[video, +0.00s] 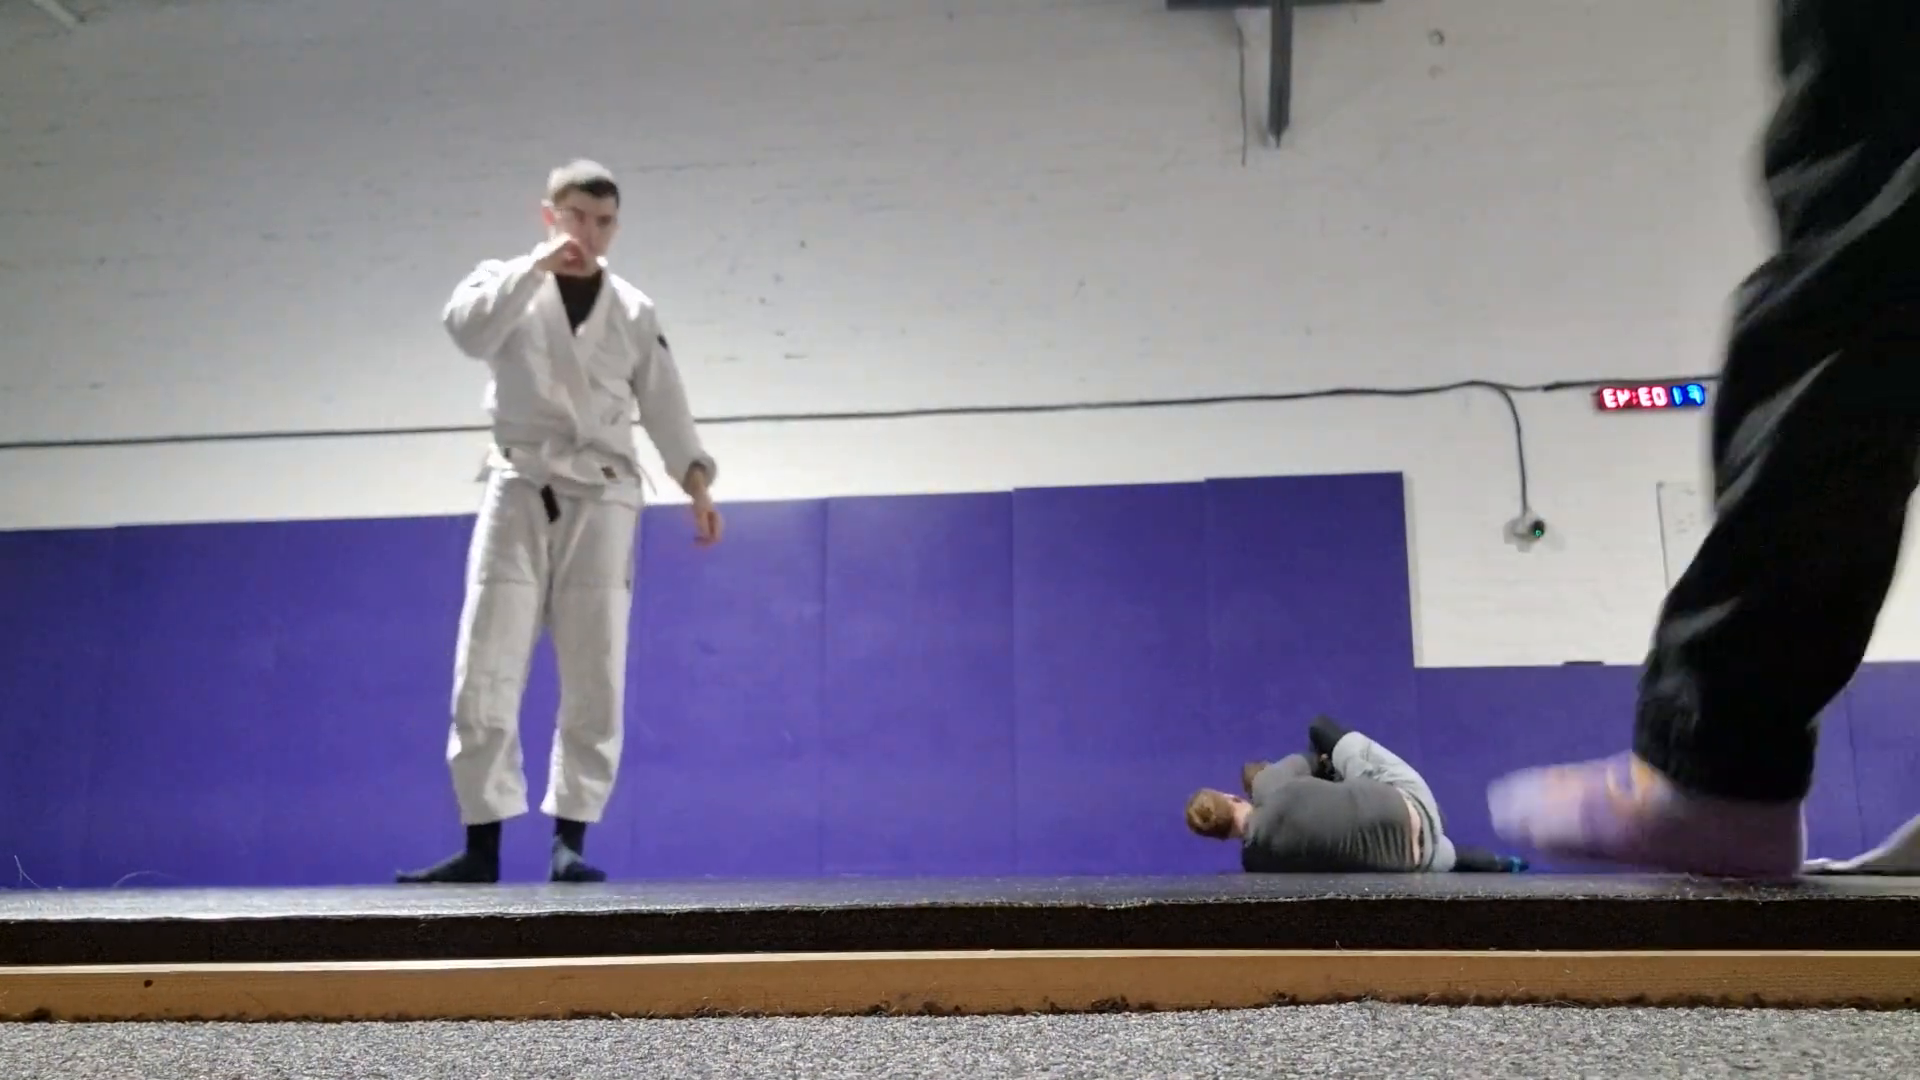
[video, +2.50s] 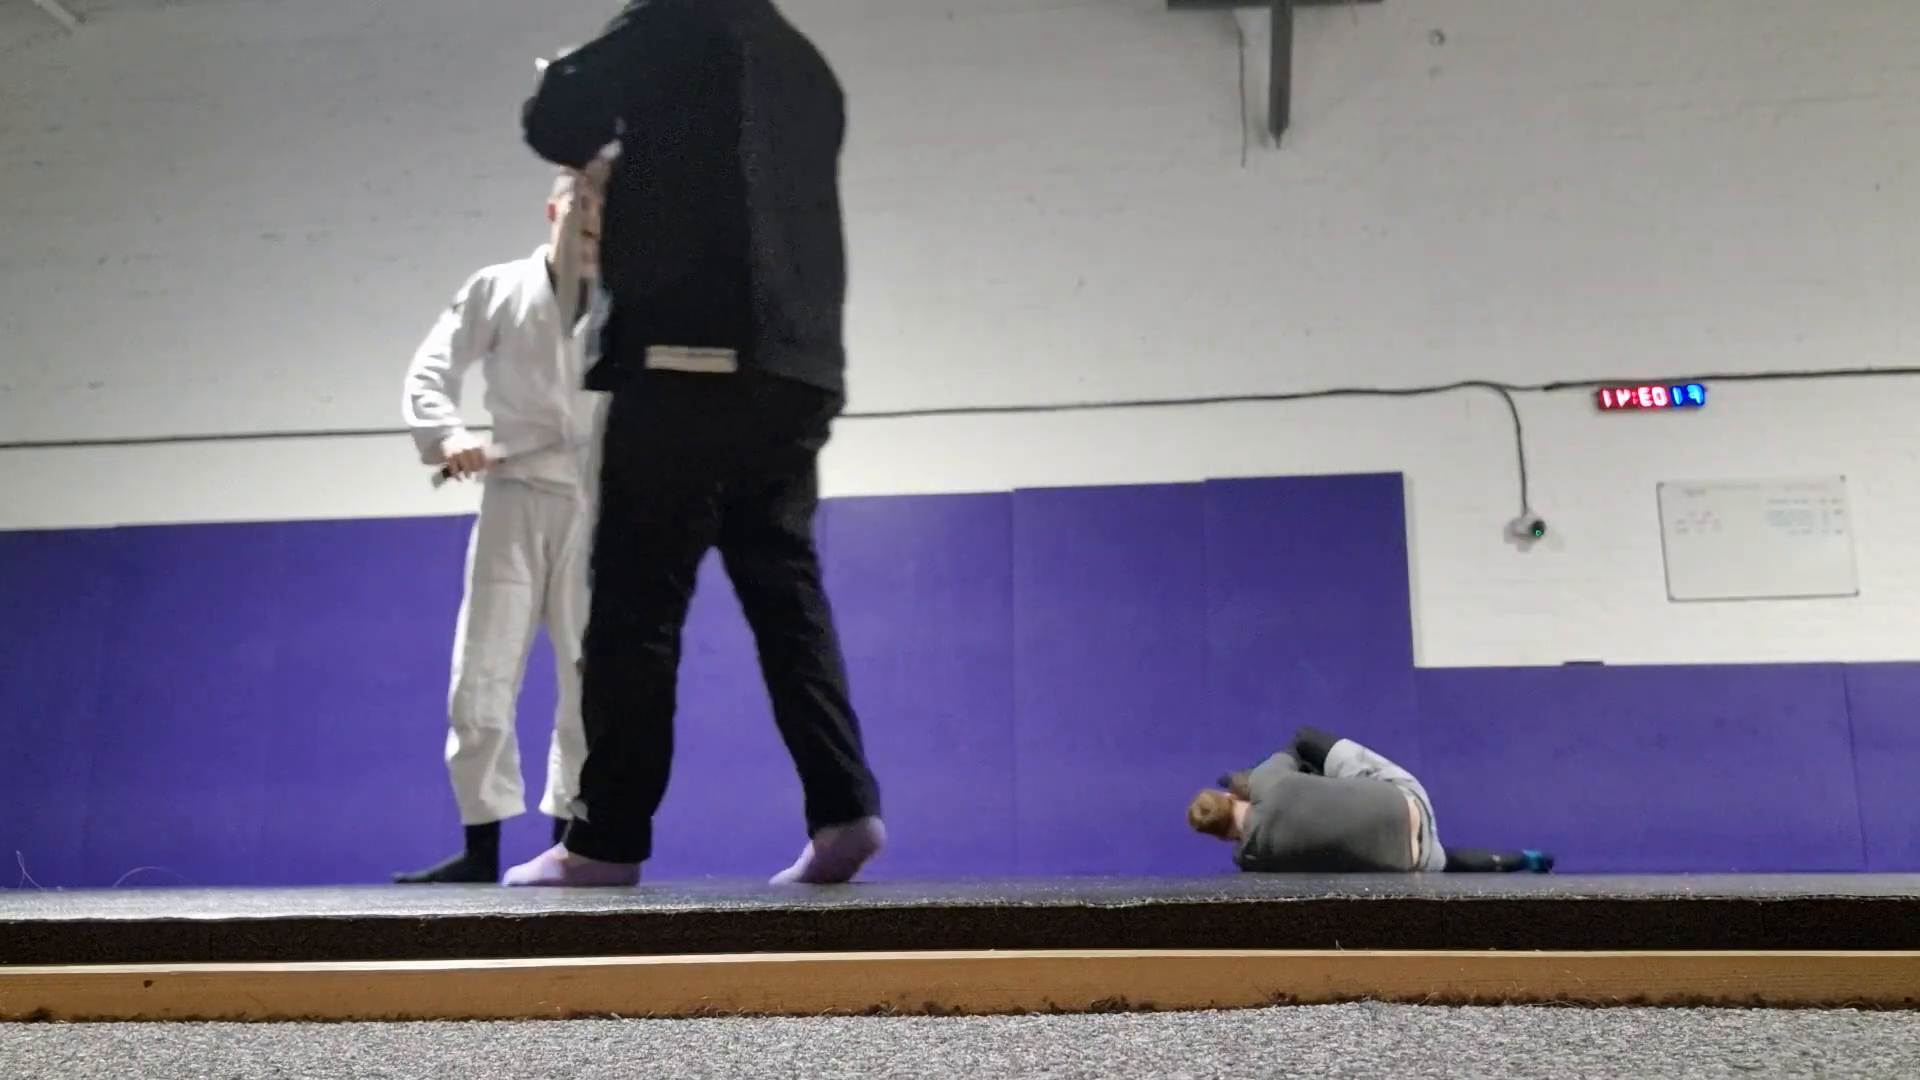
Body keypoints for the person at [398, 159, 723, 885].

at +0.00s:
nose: (586, 233)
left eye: (600, 223)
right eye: (575, 217)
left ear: (616, 230)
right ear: (548, 214)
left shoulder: (633, 311)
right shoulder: (503, 280)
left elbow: (663, 404)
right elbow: (465, 329)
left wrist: (698, 482)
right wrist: (539, 264)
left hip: (603, 499)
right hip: (516, 493)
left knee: (594, 667)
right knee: (484, 666)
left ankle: (569, 846)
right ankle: (480, 848)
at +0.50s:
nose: (595, 236)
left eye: (607, 226)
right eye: (584, 222)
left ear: (622, 231)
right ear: (555, 219)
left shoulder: (640, 312)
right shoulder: (513, 279)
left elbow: (664, 407)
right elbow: (489, 322)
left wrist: (665, 483)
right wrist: (569, 275)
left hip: (608, 506)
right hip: (521, 497)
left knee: (596, 674)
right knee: (487, 667)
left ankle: (570, 846)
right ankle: (481, 851)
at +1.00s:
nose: (615, 229)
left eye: (625, 219)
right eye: (602, 214)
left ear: (632, 228)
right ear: (565, 212)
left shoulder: (643, 310)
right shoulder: (510, 288)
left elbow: (669, 401)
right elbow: (467, 387)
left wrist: (689, 479)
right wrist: (439, 481)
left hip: (610, 508)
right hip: (522, 499)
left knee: (599, 675)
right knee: (490, 671)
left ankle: (569, 849)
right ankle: (481, 851)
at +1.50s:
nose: (615, 224)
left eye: (622, 214)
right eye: (604, 210)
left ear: (627, 224)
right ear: (566, 212)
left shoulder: (644, 311)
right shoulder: (504, 288)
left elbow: (675, 404)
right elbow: (456, 387)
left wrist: (683, 451)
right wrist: (482, 447)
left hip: (608, 508)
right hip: (520, 501)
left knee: (597, 676)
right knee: (488, 674)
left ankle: (569, 851)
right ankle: (481, 851)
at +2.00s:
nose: (597, 220)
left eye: (610, 210)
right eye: (584, 204)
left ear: (621, 225)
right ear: (554, 212)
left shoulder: (643, 315)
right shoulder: (499, 290)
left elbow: (682, 407)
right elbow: (446, 378)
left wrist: (661, 432)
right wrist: (504, 416)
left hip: (605, 509)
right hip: (518, 502)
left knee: (595, 675)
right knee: (486, 671)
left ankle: (568, 850)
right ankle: (480, 852)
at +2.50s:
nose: (587, 231)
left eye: (600, 220)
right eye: (577, 213)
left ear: (618, 231)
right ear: (552, 213)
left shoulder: (630, 299)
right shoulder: (499, 289)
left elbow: (656, 389)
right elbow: (428, 376)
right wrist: (446, 438)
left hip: (597, 504)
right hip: (514, 498)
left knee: (589, 670)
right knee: (484, 670)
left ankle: (578, 840)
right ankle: (481, 848)